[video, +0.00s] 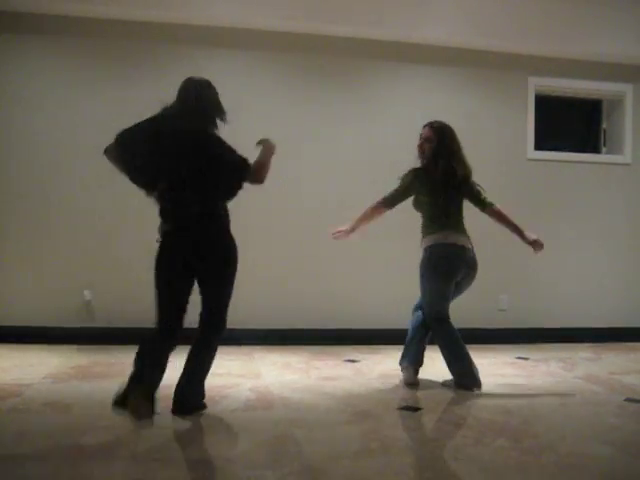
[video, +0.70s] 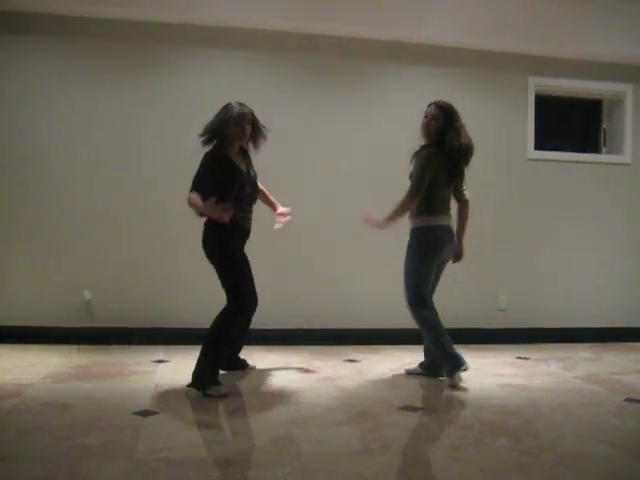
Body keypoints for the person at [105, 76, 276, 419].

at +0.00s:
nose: (216, 114)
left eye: (214, 107)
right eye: (215, 107)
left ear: (179, 102)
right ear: (211, 108)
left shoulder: (159, 133)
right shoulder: (210, 144)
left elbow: (115, 151)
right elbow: (256, 175)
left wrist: (152, 185)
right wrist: (267, 150)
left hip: (173, 242)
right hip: (215, 243)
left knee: (168, 324)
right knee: (213, 323)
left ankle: (139, 394)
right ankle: (188, 399)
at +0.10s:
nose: (220, 103)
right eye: (219, 97)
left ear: (186, 94)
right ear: (219, 98)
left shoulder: (167, 121)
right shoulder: (226, 128)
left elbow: (122, 138)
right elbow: (269, 149)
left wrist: (153, 145)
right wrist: (280, 145)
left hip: (178, 226)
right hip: (214, 228)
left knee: (206, 295)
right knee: (209, 309)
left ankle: (155, 344)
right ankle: (186, 395)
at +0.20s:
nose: (228, 93)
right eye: (228, 87)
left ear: (196, 86)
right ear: (227, 88)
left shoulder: (180, 110)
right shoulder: (233, 110)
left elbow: (145, 141)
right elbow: (264, 134)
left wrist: (179, 137)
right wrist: (288, 153)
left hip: (181, 208)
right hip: (211, 209)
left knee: (234, 251)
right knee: (211, 292)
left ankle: (191, 309)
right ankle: (183, 379)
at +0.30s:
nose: (239, 98)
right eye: (237, 92)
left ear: (203, 89)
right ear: (234, 91)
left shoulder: (189, 113)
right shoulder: (235, 113)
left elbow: (172, 161)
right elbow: (260, 152)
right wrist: (285, 181)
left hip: (191, 205)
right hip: (208, 207)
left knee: (247, 242)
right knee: (216, 288)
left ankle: (218, 310)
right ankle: (201, 370)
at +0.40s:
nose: (247, 113)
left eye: (245, 108)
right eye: (245, 107)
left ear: (209, 104)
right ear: (241, 107)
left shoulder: (194, 134)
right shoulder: (240, 132)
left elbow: (186, 178)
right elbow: (254, 174)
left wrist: (207, 196)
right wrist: (274, 208)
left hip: (196, 220)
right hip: (218, 221)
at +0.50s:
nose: (252, 126)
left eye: (252, 120)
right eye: (250, 120)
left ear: (219, 116)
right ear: (240, 119)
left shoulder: (208, 146)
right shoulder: (229, 148)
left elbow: (200, 188)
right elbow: (233, 196)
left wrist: (236, 185)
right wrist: (259, 231)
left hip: (212, 232)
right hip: (218, 235)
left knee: (247, 289)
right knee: (229, 304)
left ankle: (239, 351)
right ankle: (201, 380)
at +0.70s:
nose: (244, 130)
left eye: (248, 125)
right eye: (238, 125)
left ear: (251, 128)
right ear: (224, 127)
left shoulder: (243, 154)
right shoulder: (214, 157)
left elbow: (253, 185)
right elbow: (194, 198)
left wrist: (276, 206)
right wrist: (209, 211)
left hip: (236, 236)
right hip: (220, 237)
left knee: (245, 300)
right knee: (242, 302)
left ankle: (227, 356)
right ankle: (204, 376)